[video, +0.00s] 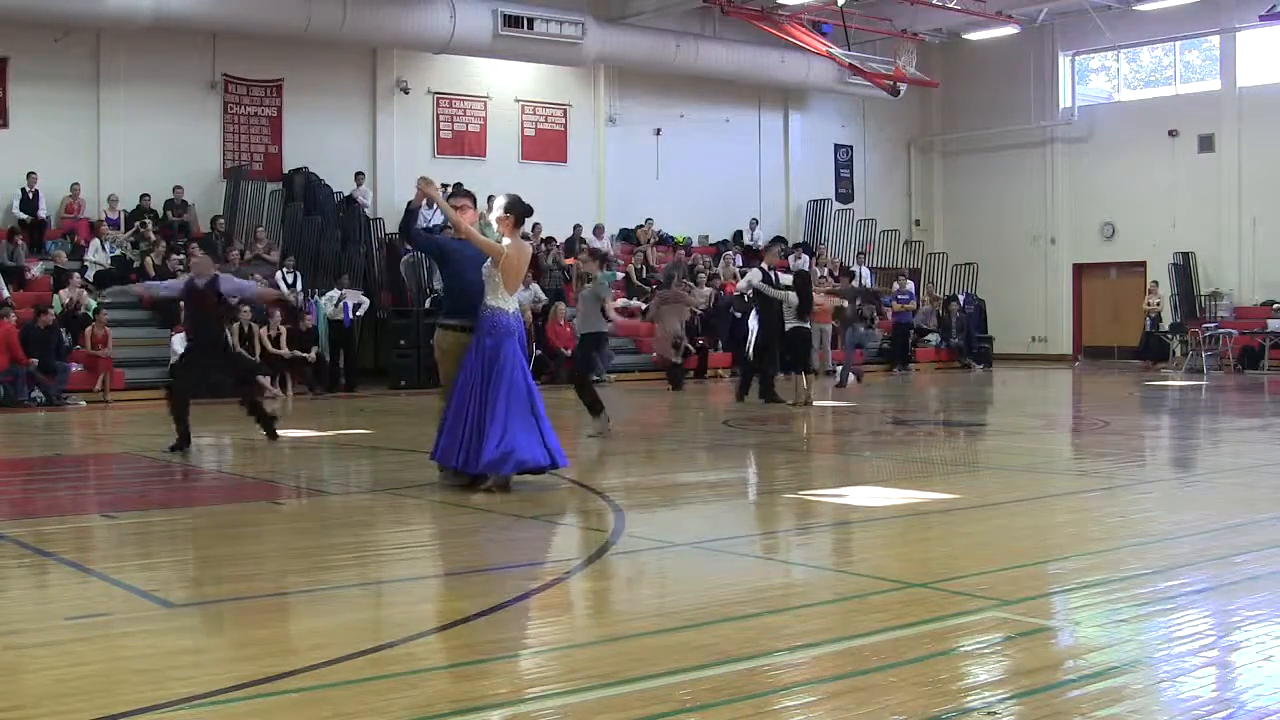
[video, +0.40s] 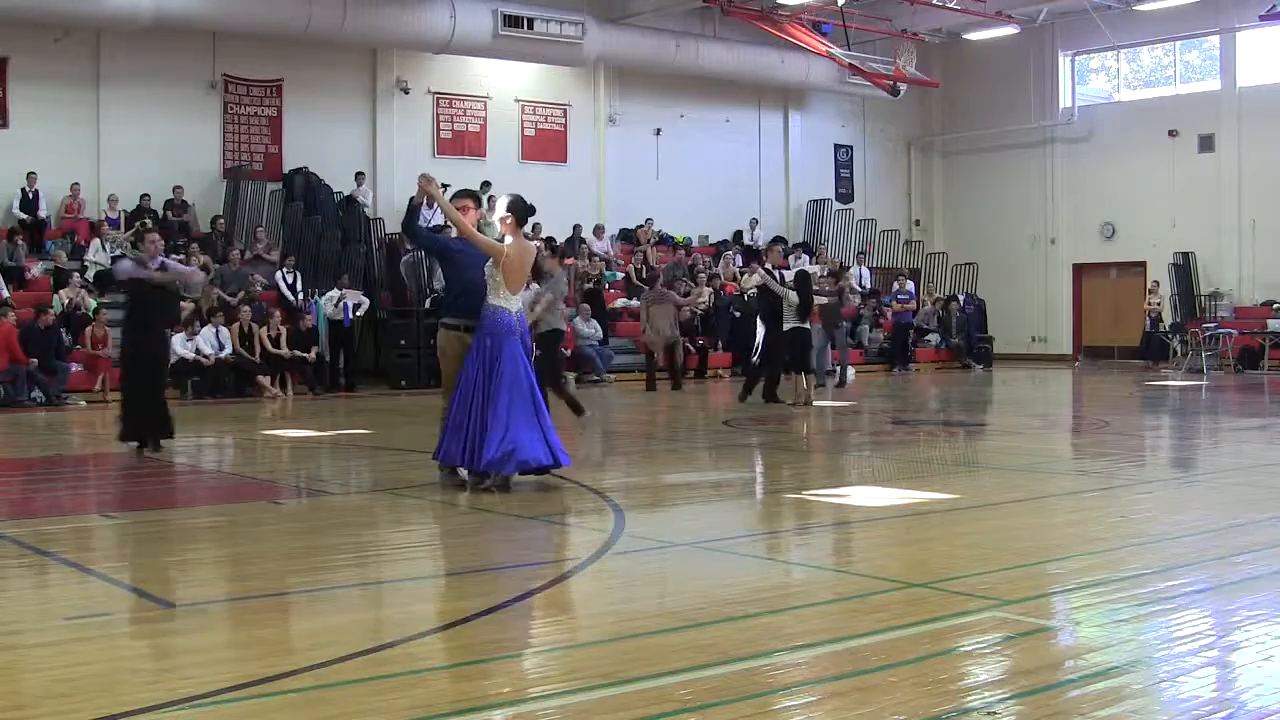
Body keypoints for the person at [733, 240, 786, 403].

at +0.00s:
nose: (779, 258)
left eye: (779, 254)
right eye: (776, 254)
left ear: (772, 257)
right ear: (766, 254)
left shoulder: (775, 275)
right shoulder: (756, 273)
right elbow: (739, 287)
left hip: (774, 318)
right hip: (759, 317)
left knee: (770, 354)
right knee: (753, 354)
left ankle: (767, 389)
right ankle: (742, 389)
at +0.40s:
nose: (782, 255)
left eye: (782, 252)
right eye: (778, 252)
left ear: (779, 255)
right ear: (768, 254)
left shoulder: (781, 274)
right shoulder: (761, 272)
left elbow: (785, 293)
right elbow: (744, 286)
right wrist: (752, 275)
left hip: (778, 319)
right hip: (764, 318)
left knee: (777, 356)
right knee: (761, 355)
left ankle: (770, 392)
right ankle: (746, 389)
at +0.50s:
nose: (782, 255)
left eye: (781, 252)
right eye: (778, 252)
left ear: (778, 255)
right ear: (768, 254)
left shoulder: (781, 275)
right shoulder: (762, 274)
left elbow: (784, 295)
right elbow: (763, 299)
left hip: (779, 320)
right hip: (766, 320)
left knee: (778, 357)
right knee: (766, 355)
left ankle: (771, 392)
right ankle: (749, 388)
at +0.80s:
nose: (782, 257)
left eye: (782, 254)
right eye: (779, 254)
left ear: (780, 257)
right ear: (769, 256)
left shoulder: (783, 276)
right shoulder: (763, 276)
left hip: (782, 318)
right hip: (768, 319)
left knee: (782, 354)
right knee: (776, 354)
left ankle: (775, 392)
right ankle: (771, 393)